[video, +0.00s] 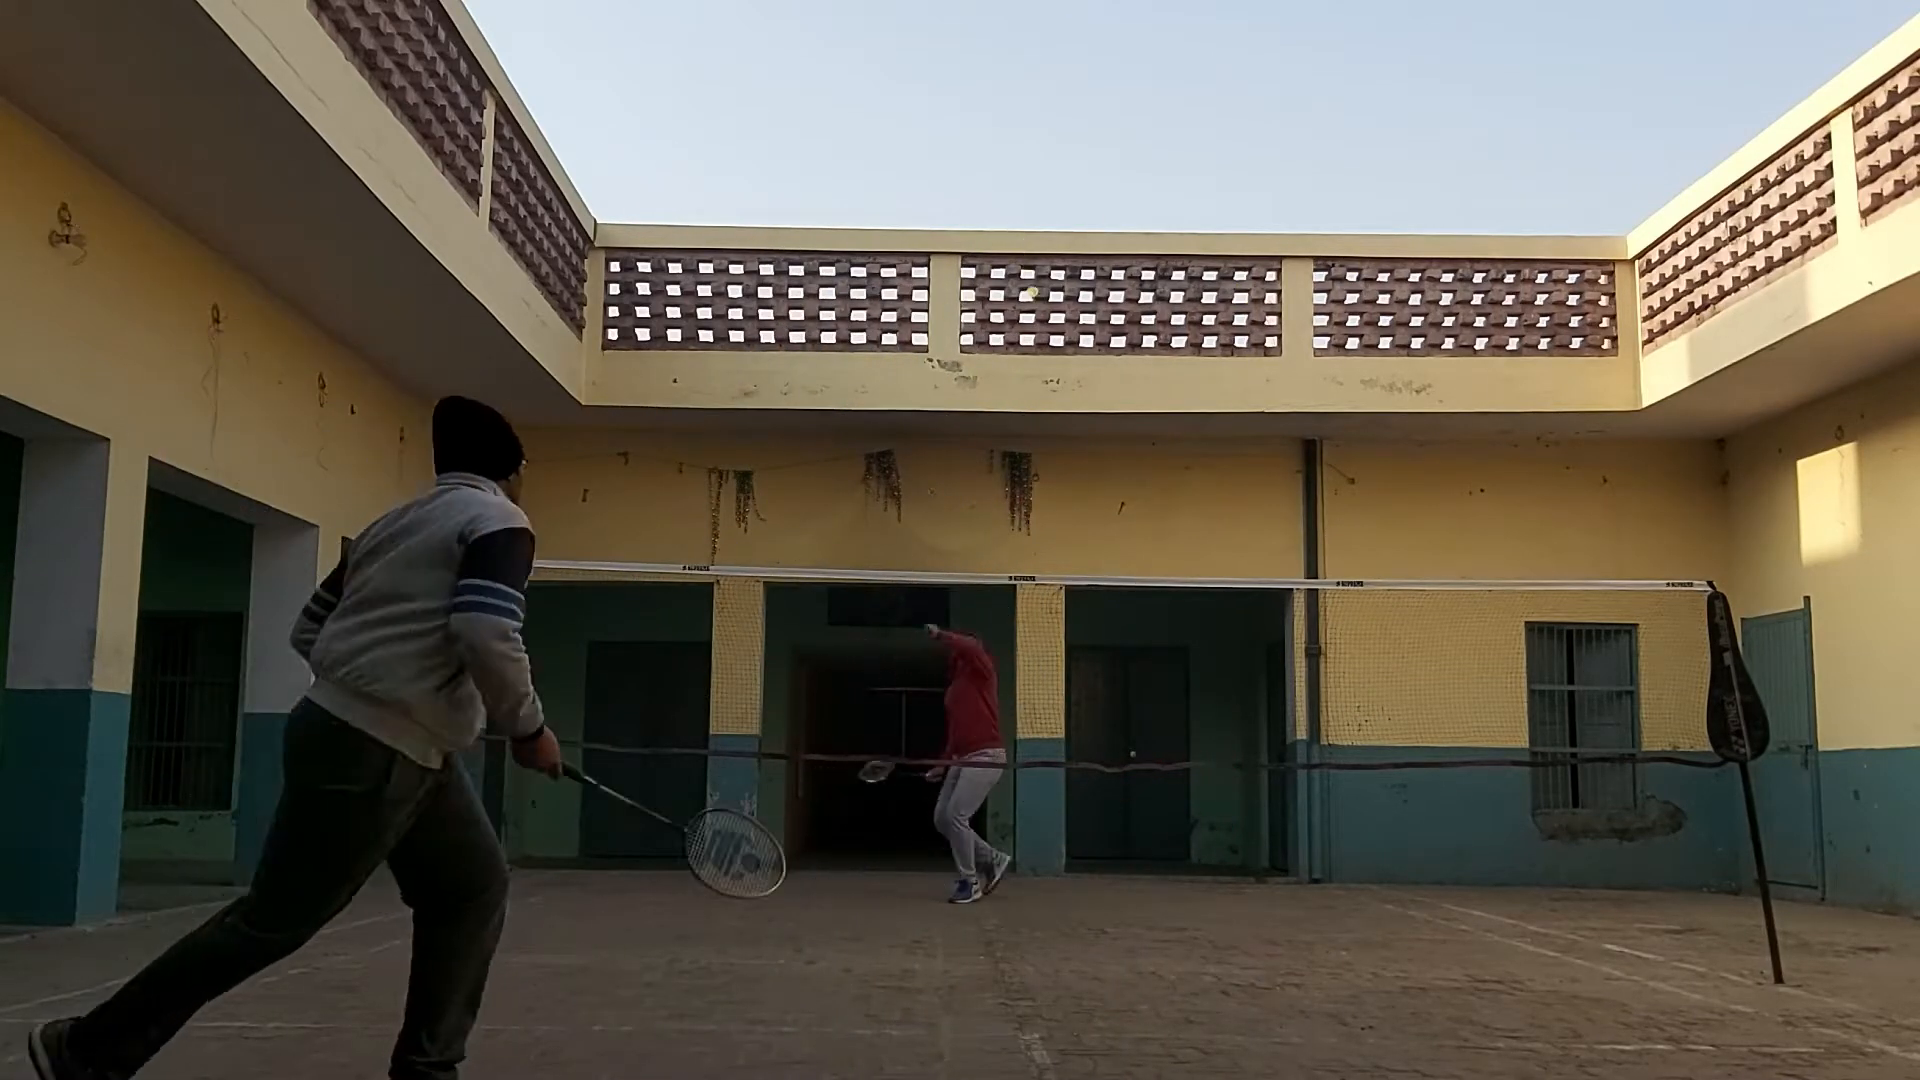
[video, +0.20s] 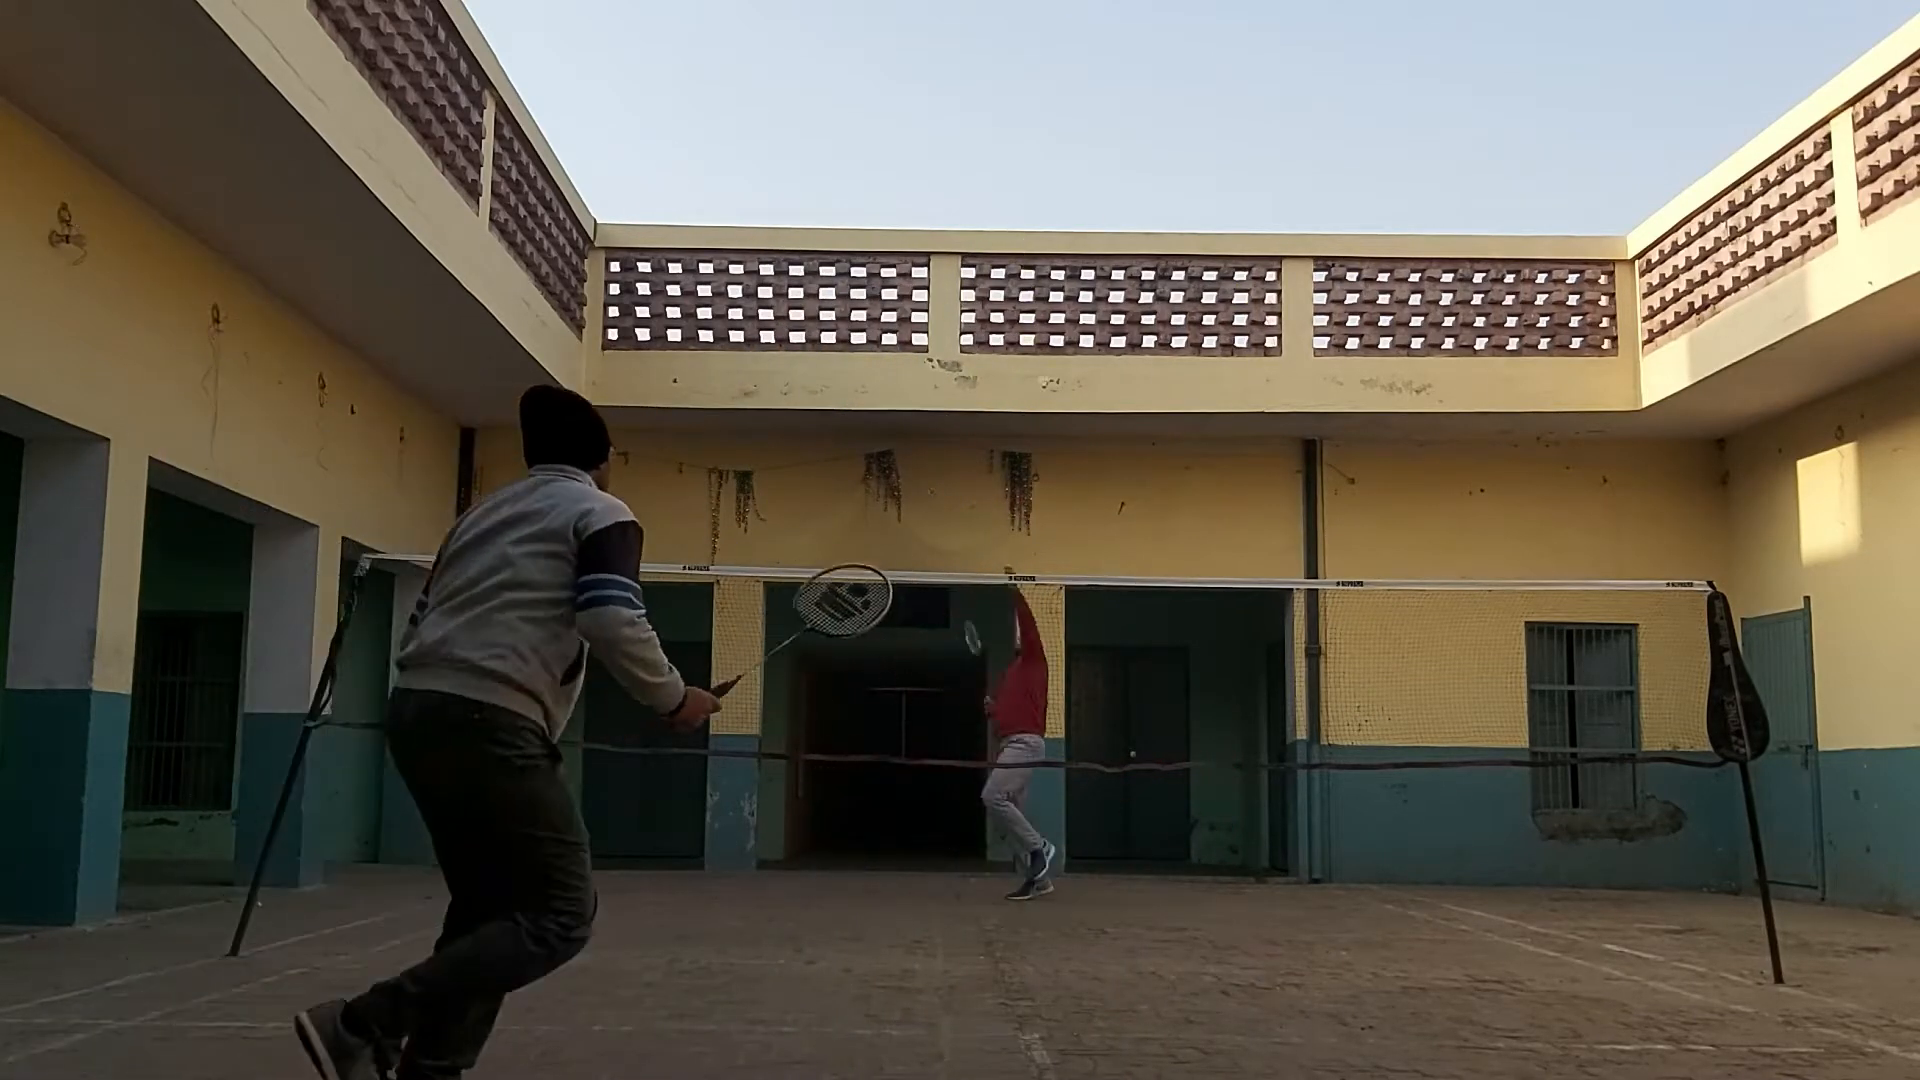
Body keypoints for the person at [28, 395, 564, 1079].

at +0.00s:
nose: (522, 487)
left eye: (518, 473)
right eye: (519, 473)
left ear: (447, 462)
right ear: (507, 468)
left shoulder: (395, 522)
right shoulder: (497, 521)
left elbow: (311, 629)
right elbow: (486, 633)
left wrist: (390, 690)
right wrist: (532, 731)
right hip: (369, 745)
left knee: (471, 890)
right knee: (270, 923)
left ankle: (428, 1063)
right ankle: (87, 1050)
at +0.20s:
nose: (610, 465)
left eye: (608, 458)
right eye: (608, 457)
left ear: (532, 452)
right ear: (599, 456)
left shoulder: (478, 512)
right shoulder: (598, 510)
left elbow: (422, 618)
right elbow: (608, 617)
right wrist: (675, 695)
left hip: (419, 710)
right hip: (493, 718)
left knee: (483, 900)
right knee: (560, 915)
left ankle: (434, 1065)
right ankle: (361, 1025)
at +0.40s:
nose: (714, 478)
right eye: (714, 467)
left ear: (635, 459)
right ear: (709, 465)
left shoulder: (572, 528)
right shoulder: (704, 519)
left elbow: (535, 632)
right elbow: (695, 618)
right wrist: (757, 711)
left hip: (536, 727)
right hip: (637, 723)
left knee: (536, 917)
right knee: (748, 901)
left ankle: (433, 1070)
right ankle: (844, 1067)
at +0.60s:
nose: (784, 497)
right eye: (782, 485)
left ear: (702, 488)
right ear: (777, 488)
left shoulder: (648, 576)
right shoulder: (780, 552)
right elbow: (807, 669)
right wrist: (900, 717)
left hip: (641, 797)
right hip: (744, 794)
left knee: (634, 944)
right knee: (908, 943)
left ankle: (508, 1075)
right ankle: (907, 1075)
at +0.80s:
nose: (852, 460)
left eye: (847, 447)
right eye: (847, 447)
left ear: (774, 466)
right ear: (835, 462)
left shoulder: (763, 534)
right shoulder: (806, 554)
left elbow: (837, 553)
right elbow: (820, 689)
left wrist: (906, 555)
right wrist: (961, 703)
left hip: (722, 783)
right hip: (783, 788)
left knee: (648, 954)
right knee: (966, 926)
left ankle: (516, 1076)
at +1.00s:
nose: (964, 393)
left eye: (958, 382)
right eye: (953, 383)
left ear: (890, 400)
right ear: (924, 401)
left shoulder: (916, 445)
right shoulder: (874, 479)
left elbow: (997, 399)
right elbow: (810, 585)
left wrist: (1079, 368)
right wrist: (912, 576)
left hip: (808, 722)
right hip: (872, 736)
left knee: (776, 913)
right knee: (996, 935)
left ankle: (651, 1063)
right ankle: (938, 1079)